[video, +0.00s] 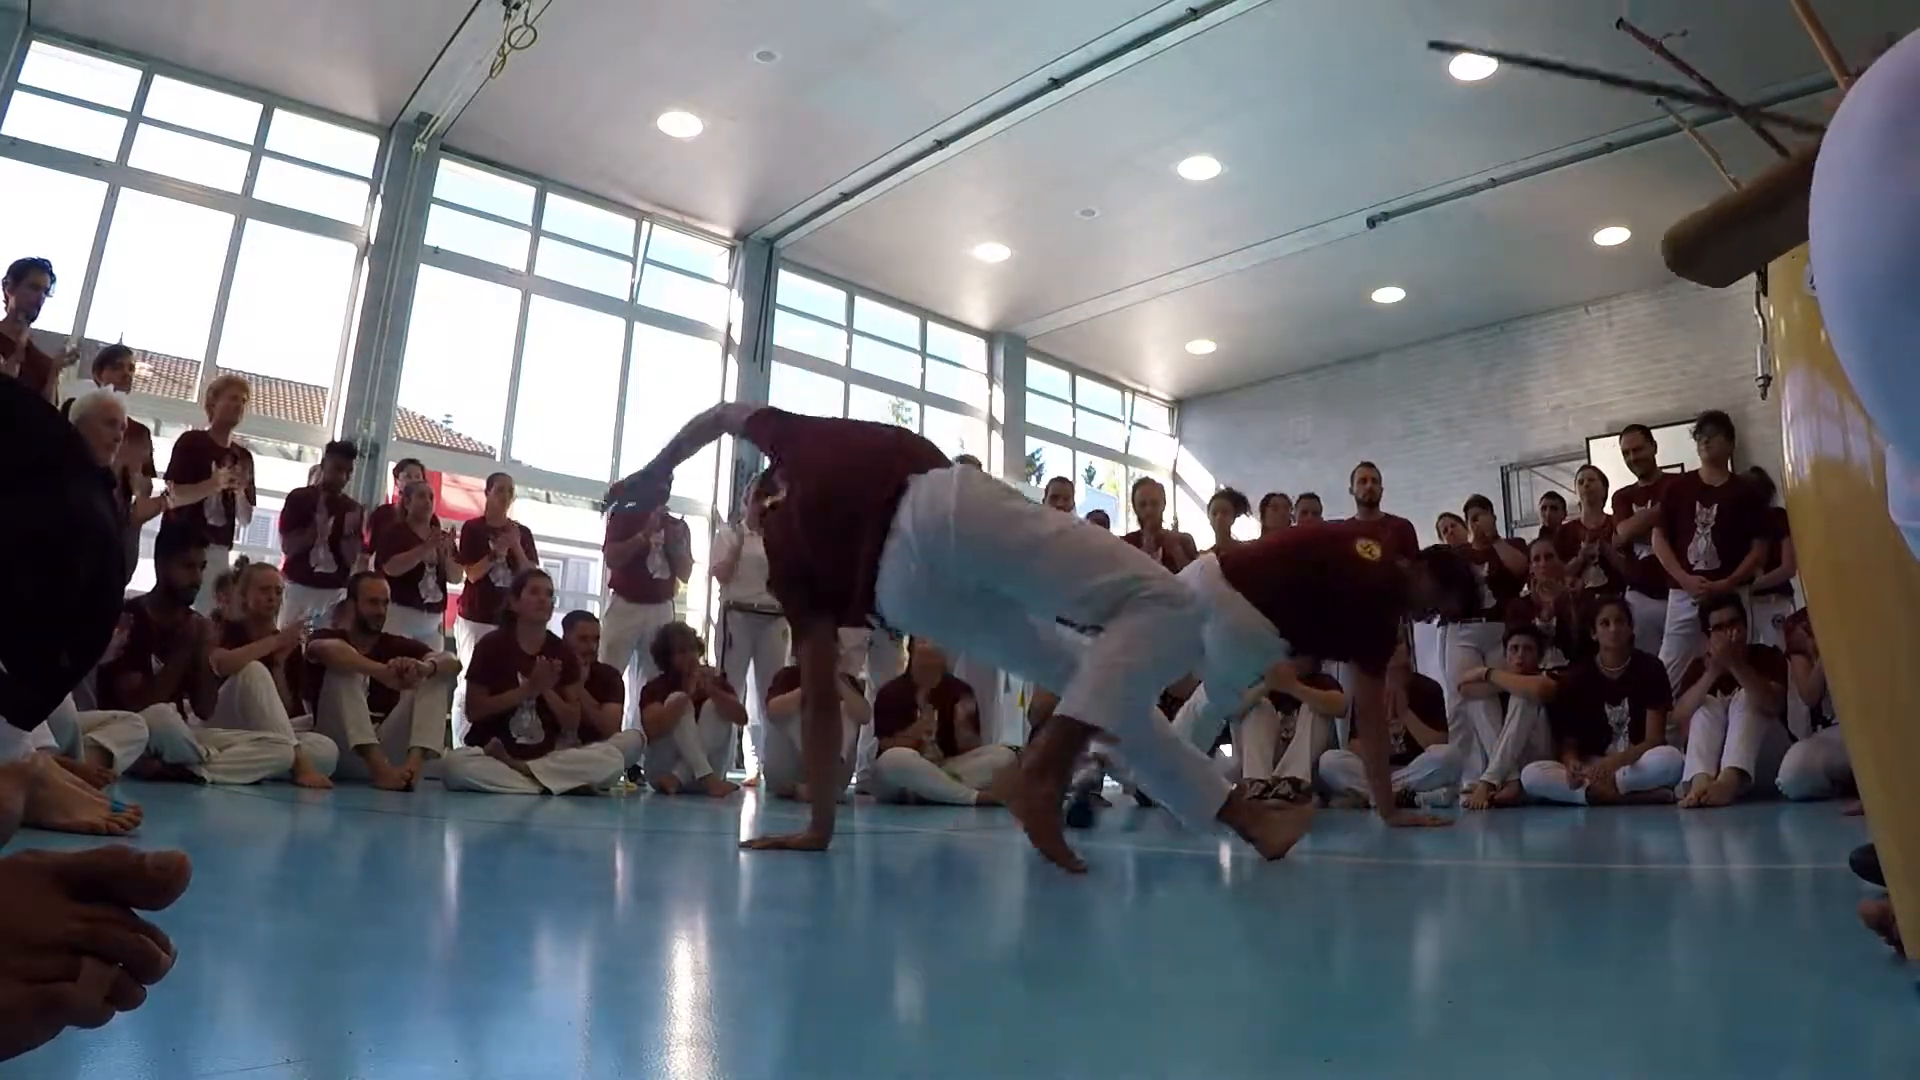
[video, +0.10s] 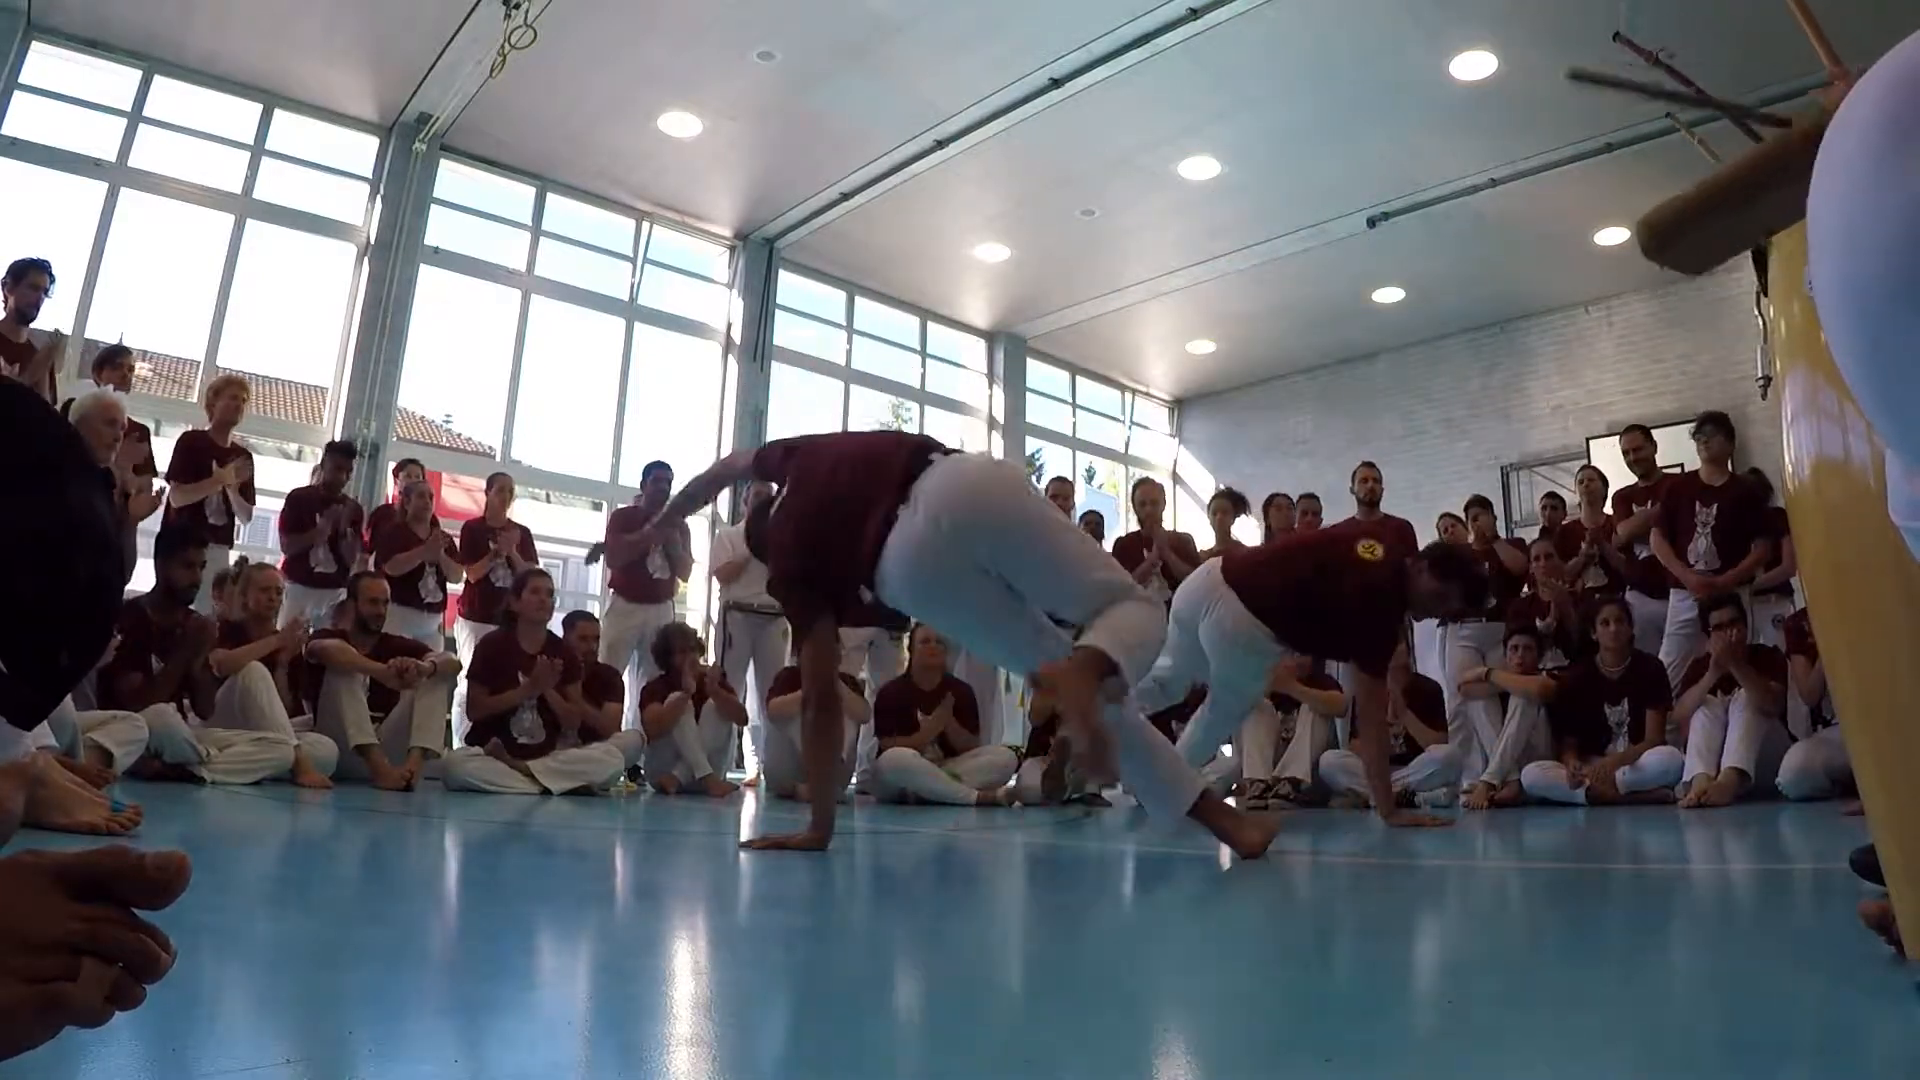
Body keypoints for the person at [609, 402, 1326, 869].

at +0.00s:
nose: (762, 502)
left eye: (760, 510)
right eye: (764, 499)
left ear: (760, 522)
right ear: (777, 482)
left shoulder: (797, 566)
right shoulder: (807, 449)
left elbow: (819, 693)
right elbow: (723, 415)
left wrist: (817, 823)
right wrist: (646, 477)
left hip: (906, 602)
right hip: (933, 507)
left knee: (1094, 687)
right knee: (1160, 604)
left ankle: (1245, 815)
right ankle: (1037, 776)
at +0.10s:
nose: (764, 570)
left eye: (758, 565)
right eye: (759, 558)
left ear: (762, 551)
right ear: (775, 497)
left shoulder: (793, 568)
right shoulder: (805, 460)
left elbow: (821, 695)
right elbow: (729, 465)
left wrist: (817, 827)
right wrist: (660, 518)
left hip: (909, 568)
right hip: (952, 482)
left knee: (1081, 689)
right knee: (1130, 603)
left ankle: (1230, 824)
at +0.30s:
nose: (807, 633)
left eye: (794, 622)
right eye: (799, 623)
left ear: (789, 596)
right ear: (803, 563)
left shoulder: (814, 563)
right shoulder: (852, 521)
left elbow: (831, 698)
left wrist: (818, 829)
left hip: (975, 511)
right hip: (1032, 466)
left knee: (1060, 699)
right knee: (1069, 627)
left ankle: (1220, 808)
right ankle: (1206, 667)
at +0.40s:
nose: (835, 658)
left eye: (825, 650)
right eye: (827, 655)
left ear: (823, 612)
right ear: (841, 599)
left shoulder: (843, 561)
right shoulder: (894, 571)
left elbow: (843, 705)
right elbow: (895, 686)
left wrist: (819, 830)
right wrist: (891, 786)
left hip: (1012, 499)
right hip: (1059, 457)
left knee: (1074, 693)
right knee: (1079, 632)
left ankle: (1237, 798)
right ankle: (1231, 723)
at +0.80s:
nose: (1001, 688)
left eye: (998, 680)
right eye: (991, 687)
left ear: (994, 640)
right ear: (980, 634)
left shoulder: (1024, 581)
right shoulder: (990, 604)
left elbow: (1033, 684)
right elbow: (984, 708)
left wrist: (997, 798)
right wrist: (950, 805)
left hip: (1181, 481)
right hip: (1146, 507)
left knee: (1167, 627)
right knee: (1151, 655)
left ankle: (1292, 765)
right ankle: (1267, 770)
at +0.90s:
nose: (1061, 688)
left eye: (1053, 680)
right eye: (1050, 688)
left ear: (1042, 645)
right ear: (1015, 643)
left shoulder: (1066, 582)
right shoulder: (1010, 623)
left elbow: (1108, 676)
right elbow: (990, 730)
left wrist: (1110, 790)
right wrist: (944, 817)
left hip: (1205, 501)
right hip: (1160, 559)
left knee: (1215, 627)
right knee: (1172, 683)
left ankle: (1349, 762)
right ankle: (1281, 785)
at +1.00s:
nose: (1087, 698)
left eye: (1081, 691)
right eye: (1075, 697)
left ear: (1067, 652)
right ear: (1039, 659)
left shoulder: (1094, 597)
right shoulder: (1029, 640)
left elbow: (1153, 692)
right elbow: (995, 734)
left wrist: (1177, 800)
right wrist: (944, 819)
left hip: (1214, 508)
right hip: (1181, 570)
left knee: (1278, 626)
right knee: (1187, 691)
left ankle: (1414, 745)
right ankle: (1284, 790)